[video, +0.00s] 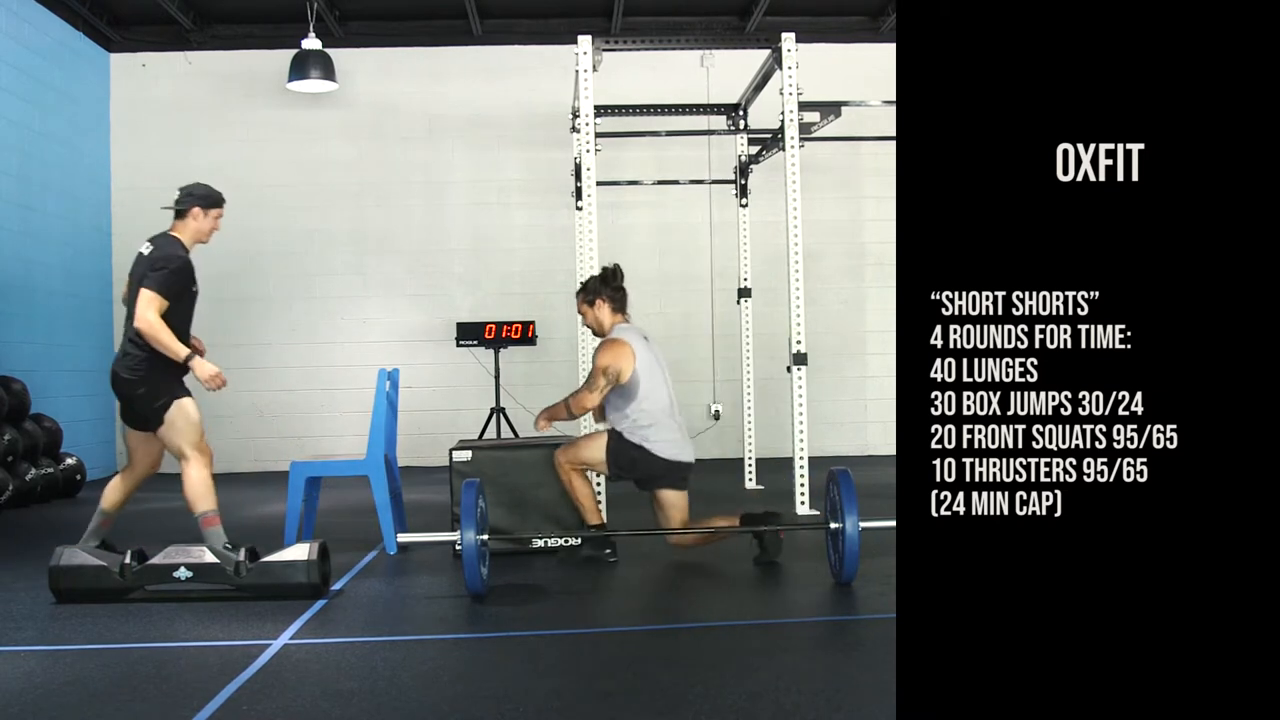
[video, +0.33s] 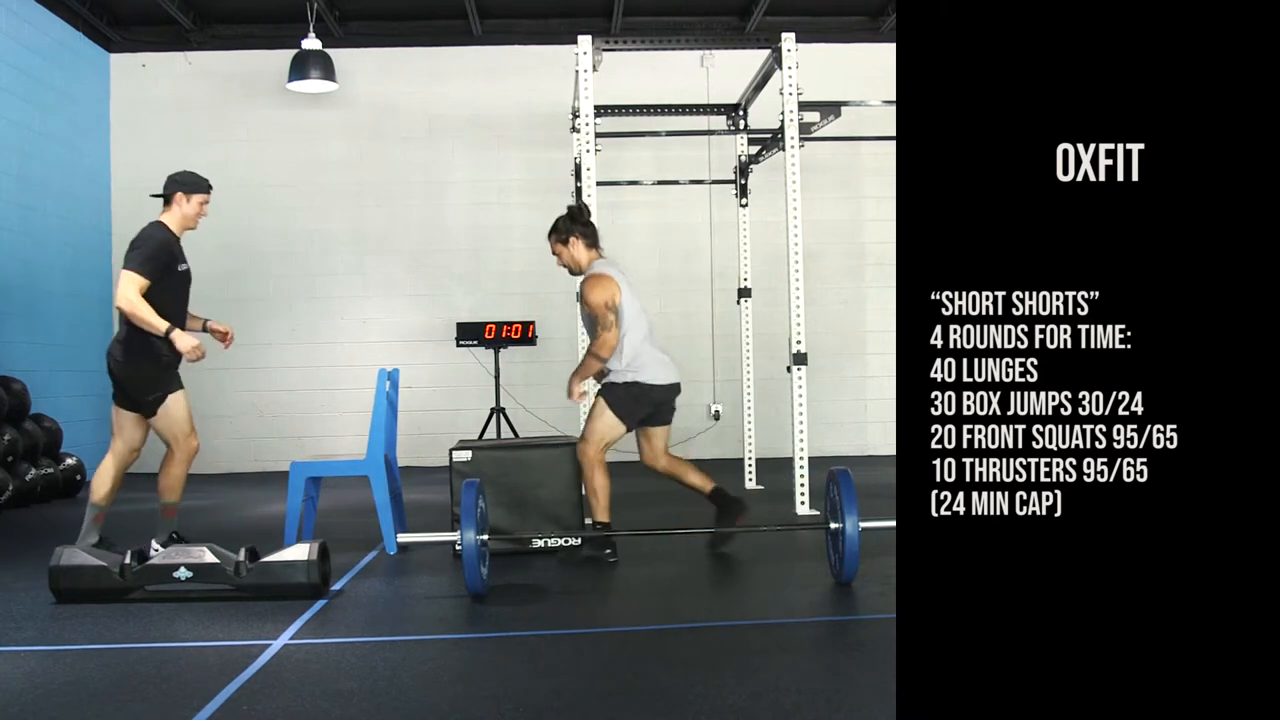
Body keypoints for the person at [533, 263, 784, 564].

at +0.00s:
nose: (584, 322)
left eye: (583, 313)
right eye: (581, 315)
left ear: (600, 305)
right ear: (614, 305)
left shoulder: (612, 348)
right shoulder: (638, 340)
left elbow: (585, 401)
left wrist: (549, 414)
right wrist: (603, 408)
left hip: (643, 447)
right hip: (673, 452)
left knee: (565, 458)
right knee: (680, 534)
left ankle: (599, 538)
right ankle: (755, 522)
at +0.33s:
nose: (558, 261)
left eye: (557, 253)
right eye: (555, 255)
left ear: (574, 244)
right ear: (582, 242)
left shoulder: (595, 282)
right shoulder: (612, 275)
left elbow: (608, 336)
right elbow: (622, 336)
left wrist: (578, 377)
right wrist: (598, 368)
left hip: (633, 382)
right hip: (662, 380)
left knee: (589, 449)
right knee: (656, 457)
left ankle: (601, 537)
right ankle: (725, 501)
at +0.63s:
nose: (574, 257)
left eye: (574, 249)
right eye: (571, 250)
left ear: (591, 241)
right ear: (599, 241)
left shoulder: (608, 274)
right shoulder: (626, 270)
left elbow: (637, 312)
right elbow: (658, 317)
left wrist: (616, 366)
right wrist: (643, 361)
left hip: (631, 380)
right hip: (649, 380)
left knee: (606, 450)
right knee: (637, 447)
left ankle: (604, 533)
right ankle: (666, 516)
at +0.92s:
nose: (570, 255)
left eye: (571, 246)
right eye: (568, 249)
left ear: (591, 238)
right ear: (592, 238)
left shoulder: (611, 267)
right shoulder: (615, 266)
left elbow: (652, 291)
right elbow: (658, 296)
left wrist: (646, 349)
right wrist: (645, 347)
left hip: (657, 365)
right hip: (666, 364)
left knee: (627, 435)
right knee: (654, 440)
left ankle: (668, 510)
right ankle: (669, 511)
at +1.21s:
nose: (572, 280)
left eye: (575, 272)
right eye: (571, 273)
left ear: (597, 269)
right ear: (597, 271)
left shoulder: (616, 306)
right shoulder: (607, 305)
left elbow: (617, 362)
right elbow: (614, 359)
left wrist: (576, 382)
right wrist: (578, 380)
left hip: (665, 391)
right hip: (649, 392)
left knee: (628, 460)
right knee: (617, 452)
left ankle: (682, 518)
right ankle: (663, 514)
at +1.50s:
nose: (540, 214)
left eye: (539, 205)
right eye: (536, 207)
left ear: (555, 190)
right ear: (555, 190)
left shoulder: (585, 215)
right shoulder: (580, 218)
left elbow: (567, 263)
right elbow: (566, 276)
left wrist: (516, 254)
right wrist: (518, 265)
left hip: (637, 300)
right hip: (621, 301)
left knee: (589, 352)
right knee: (576, 355)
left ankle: (635, 415)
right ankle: (632, 413)